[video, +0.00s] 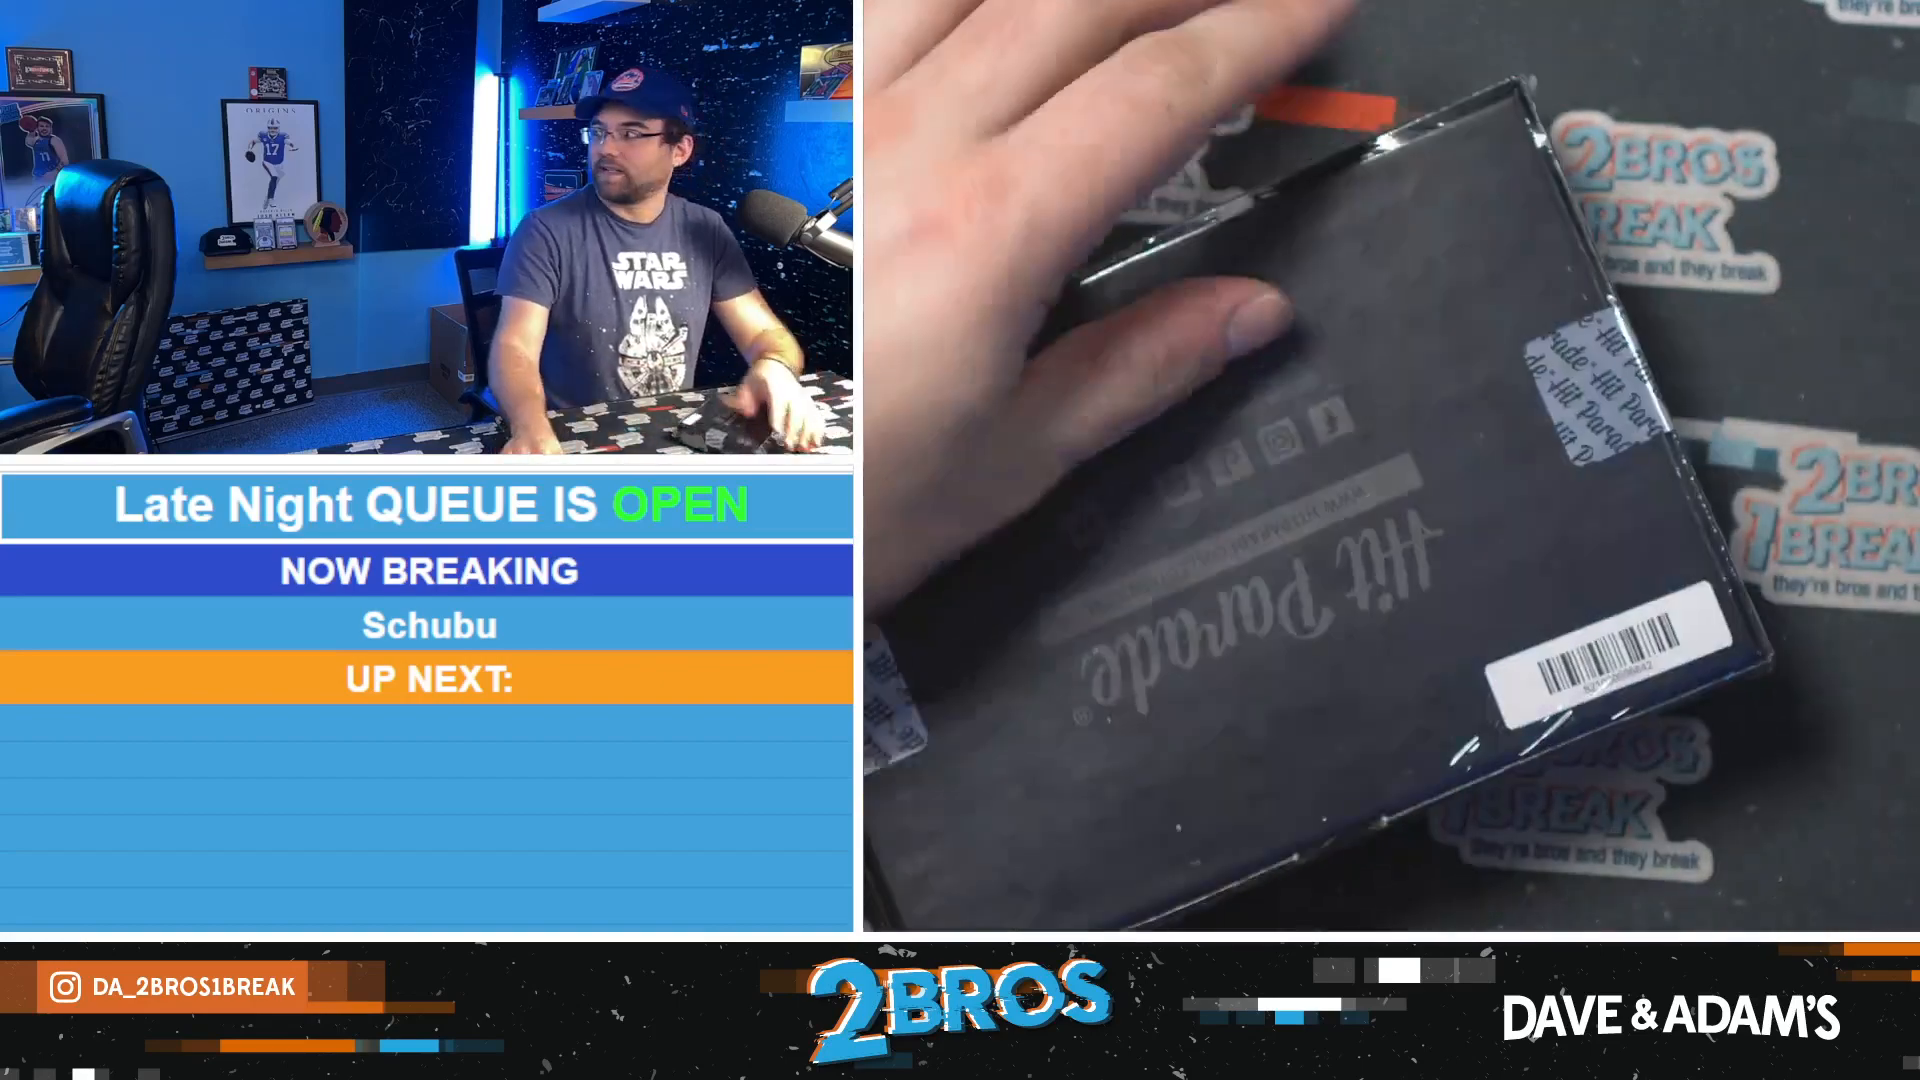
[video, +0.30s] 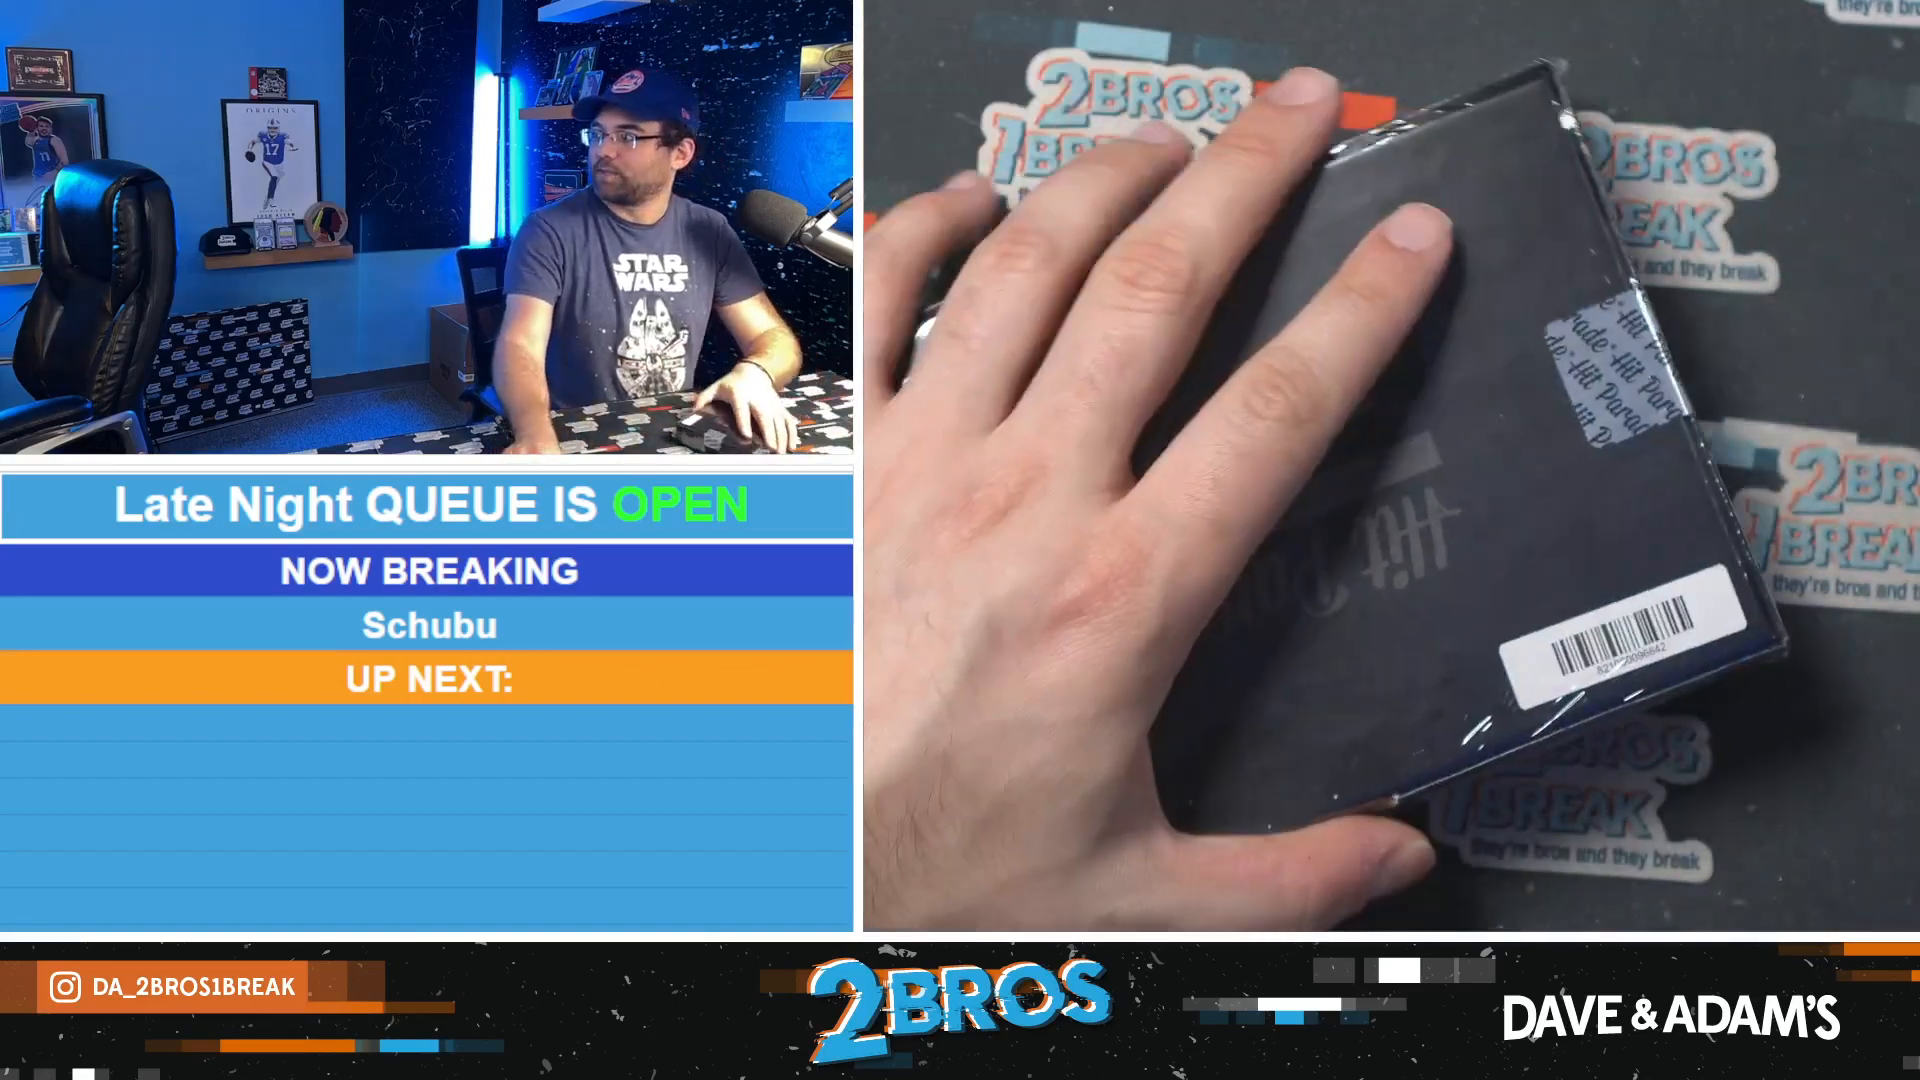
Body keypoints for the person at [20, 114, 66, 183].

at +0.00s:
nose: (44, 128)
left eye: (47, 126)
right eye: (41, 126)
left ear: (51, 128)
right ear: (37, 128)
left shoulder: (54, 140)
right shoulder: (35, 140)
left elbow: (64, 160)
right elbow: (28, 142)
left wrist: (54, 173)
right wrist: (31, 133)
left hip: (50, 177)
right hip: (37, 176)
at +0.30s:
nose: (44, 128)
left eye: (47, 126)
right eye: (41, 126)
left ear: (50, 128)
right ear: (37, 128)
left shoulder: (54, 140)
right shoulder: (35, 140)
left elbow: (64, 160)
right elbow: (28, 141)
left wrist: (54, 172)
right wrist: (31, 133)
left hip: (50, 177)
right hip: (37, 176)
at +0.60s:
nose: (44, 128)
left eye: (47, 126)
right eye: (41, 126)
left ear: (51, 128)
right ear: (37, 128)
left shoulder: (54, 140)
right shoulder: (35, 140)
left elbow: (64, 160)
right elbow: (28, 142)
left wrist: (54, 173)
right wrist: (31, 133)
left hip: (50, 176)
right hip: (37, 175)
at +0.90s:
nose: (44, 128)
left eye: (47, 126)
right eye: (41, 126)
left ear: (50, 128)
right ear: (37, 128)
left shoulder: (54, 140)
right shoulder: (35, 140)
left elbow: (64, 160)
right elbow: (28, 141)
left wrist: (53, 173)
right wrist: (30, 132)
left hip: (50, 177)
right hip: (37, 176)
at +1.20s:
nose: (44, 128)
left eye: (47, 126)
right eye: (41, 126)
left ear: (50, 128)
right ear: (37, 128)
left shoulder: (54, 140)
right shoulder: (35, 140)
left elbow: (64, 160)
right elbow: (28, 141)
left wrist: (53, 173)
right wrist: (30, 132)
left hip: (50, 177)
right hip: (37, 176)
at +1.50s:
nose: (44, 128)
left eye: (47, 126)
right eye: (41, 126)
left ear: (50, 128)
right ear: (37, 128)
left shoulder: (54, 140)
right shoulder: (35, 140)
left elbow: (64, 160)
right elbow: (28, 141)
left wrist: (53, 173)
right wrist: (31, 132)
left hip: (50, 177)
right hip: (37, 176)